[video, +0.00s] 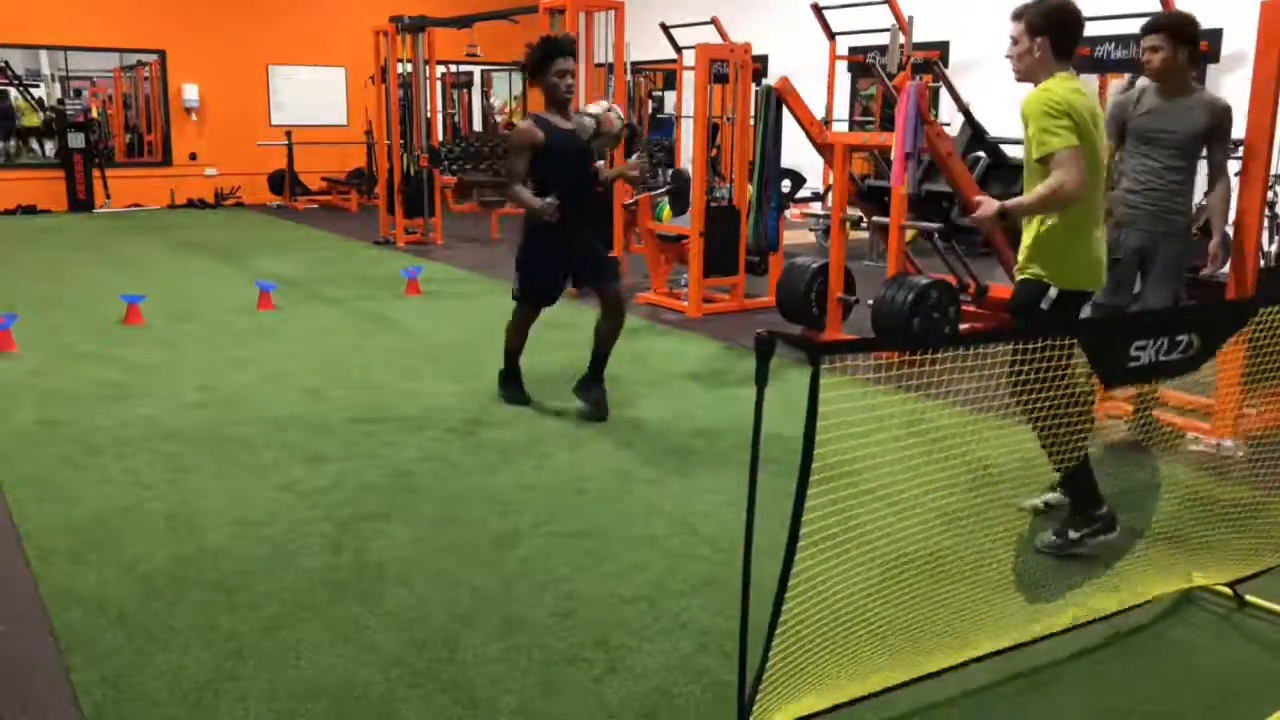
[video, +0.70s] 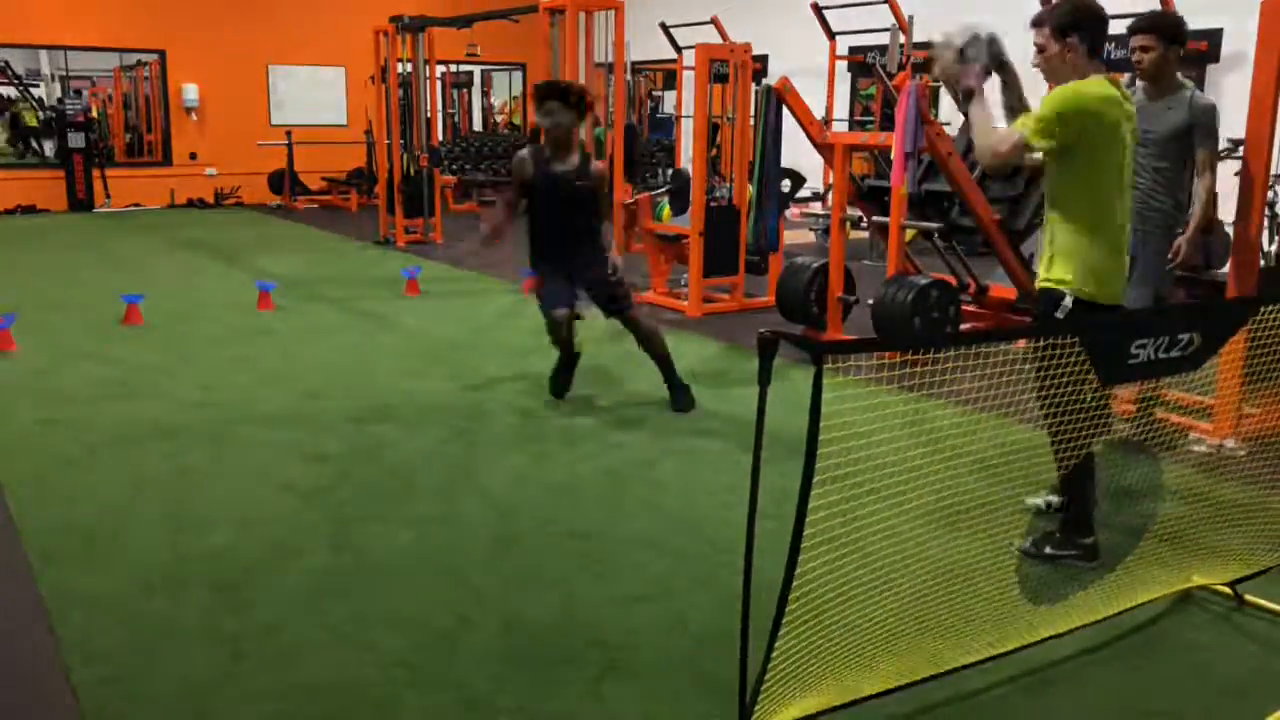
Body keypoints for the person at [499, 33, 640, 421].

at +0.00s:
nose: (568, 82)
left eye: (572, 75)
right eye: (560, 75)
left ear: (575, 79)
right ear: (540, 81)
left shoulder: (583, 126)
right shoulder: (528, 131)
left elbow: (588, 177)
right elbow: (515, 185)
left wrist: (621, 171)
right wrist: (537, 205)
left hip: (586, 233)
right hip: (547, 234)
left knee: (615, 304)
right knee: (528, 310)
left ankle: (593, 380)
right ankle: (510, 374)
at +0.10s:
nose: (586, 78)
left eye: (590, 70)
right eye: (579, 70)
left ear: (592, 70)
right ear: (556, 71)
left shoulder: (600, 115)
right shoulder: (538, 122)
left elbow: (622, 164)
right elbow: (522, 173)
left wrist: (630, 165)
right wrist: (530, 208)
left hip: (598, 226)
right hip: (557, 228)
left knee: (617, 300)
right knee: (551, 304)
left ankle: (616, 376)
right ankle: (522, 362)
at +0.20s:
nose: (604, 98)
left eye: (608, 90)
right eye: (597, 90)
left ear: (610, 89)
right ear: (577, 87)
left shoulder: (612, 127)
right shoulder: (547, 129)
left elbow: (614, 171)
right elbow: (523, 171)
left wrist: (636, 184)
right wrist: (521, 216)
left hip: (603, 224)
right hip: (566, 225)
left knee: (621, 301)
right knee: (589, 304)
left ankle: (620, 381)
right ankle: (554, 351)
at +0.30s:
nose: (616, 104)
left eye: (619, 96)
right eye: (610, 96)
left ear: (621, 98)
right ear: (589, 96)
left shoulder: (624, 138)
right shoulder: (557, 135)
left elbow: (634, 181)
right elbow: (525, 175)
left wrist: (645, 203)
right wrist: (515, 225)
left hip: (604, 226)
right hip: (569, 226)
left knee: (624, 296)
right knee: (613, 288)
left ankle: (620, 379)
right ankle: (599, 366)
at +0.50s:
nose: (615, 117)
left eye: (620, 109)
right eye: (607, 109)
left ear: (626, 109)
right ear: (587, 108)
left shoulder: (629, 152)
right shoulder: (560, 147)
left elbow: (631, 199)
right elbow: (533, 182)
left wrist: (635, 232)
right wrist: (527, 216)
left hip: (603, 228)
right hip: (565, 229)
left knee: (635, 288)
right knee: (609, 278)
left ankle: (658, 369)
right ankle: (633, 368)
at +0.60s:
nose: (597, 128)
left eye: (604, 121)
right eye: (590, 121)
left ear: (612, 125)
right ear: (576, 125)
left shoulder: (625, 172)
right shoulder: (558, 169)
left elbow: (628, 221)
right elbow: (533, 213)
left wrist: (631, 256)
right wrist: (518, 252)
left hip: (606, 252)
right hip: (568, 254)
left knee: (644, 314)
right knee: (604, 302)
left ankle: (676, 379)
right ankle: (590, 371)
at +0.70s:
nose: (551, 121)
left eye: (559, 114)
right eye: (546, 113)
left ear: (577, 119)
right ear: (539, 119)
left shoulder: (594, 170)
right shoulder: (527, 163)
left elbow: (605, 218)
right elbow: (512, 201)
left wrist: (611, 251)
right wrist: (498, 224)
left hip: (590, 258)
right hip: (550, 261)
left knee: (634, 320)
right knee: (558, 321)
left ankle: (674, 380)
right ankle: (568, 357)